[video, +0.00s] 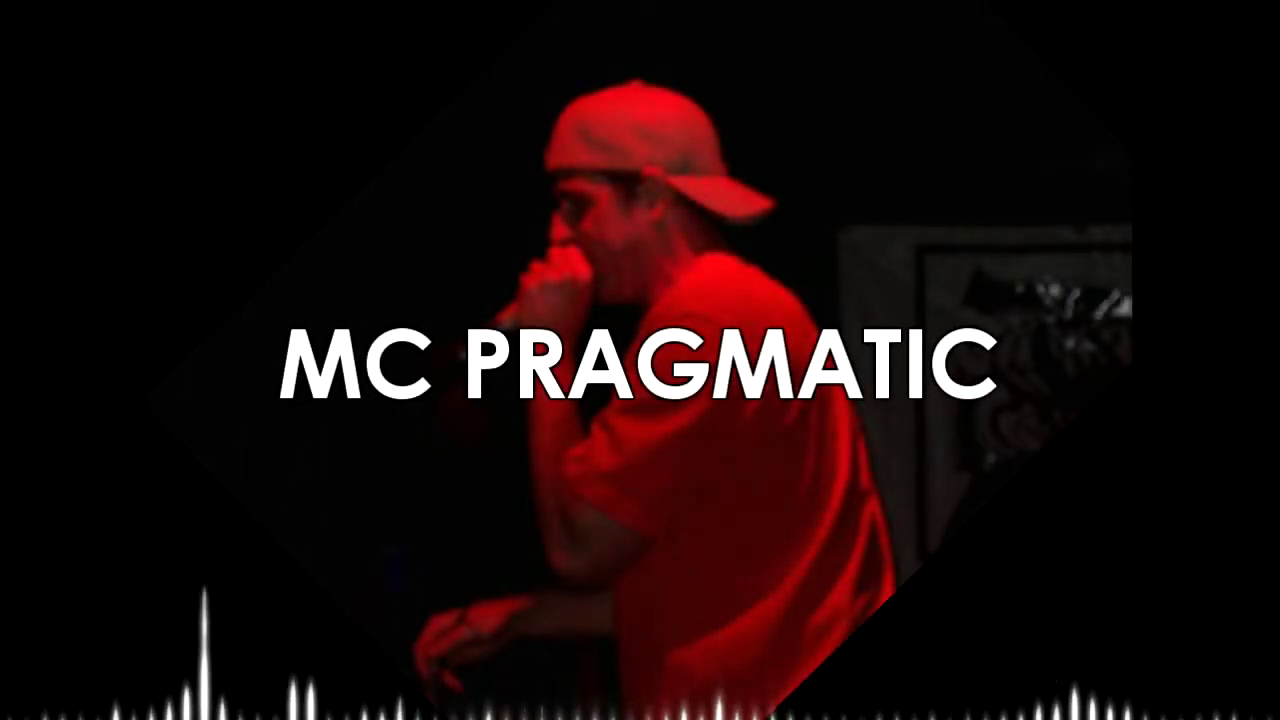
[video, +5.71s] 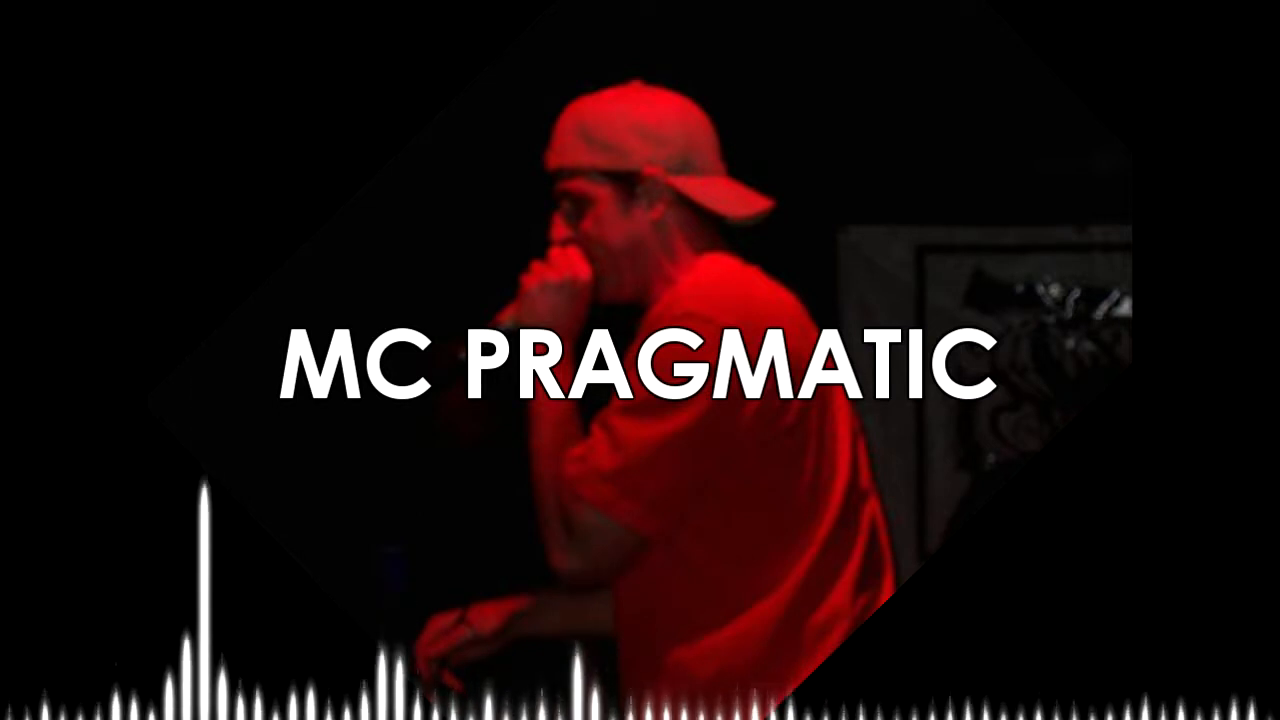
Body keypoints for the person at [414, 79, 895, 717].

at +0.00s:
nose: (559, 233)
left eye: (576, 206)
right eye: (559, 209)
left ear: (653, 200)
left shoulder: (707, 313)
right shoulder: (743, 304)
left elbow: (578, 543)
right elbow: (698, 579)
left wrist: (545, 349)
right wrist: (519, 620)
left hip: (738, 704)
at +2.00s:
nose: (560, 233)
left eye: (577, 206)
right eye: (559, 209)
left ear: (652, 198)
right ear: (649, 200)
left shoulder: (706, 314)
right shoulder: (746, 304)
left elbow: (577, 544)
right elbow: (698, 578)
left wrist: (546, 348)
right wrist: (518, 620)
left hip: (738, 705)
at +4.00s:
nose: (560, 234)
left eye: (577, 206)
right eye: (559, 209)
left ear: (652, 198)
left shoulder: (707, 313)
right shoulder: (744, 303)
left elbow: (577, 544)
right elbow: (697, 581)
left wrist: (545, 347)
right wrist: (518, 620)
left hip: (738, 705)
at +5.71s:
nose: (560, 233)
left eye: (577, 207)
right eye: (560, 209)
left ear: (653, 200)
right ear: (650, 201)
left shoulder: (706, 314)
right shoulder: (748, 303)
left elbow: (578, 544)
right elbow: (701, 580)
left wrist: (546, 347)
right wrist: (520, 619)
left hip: (735, 705)